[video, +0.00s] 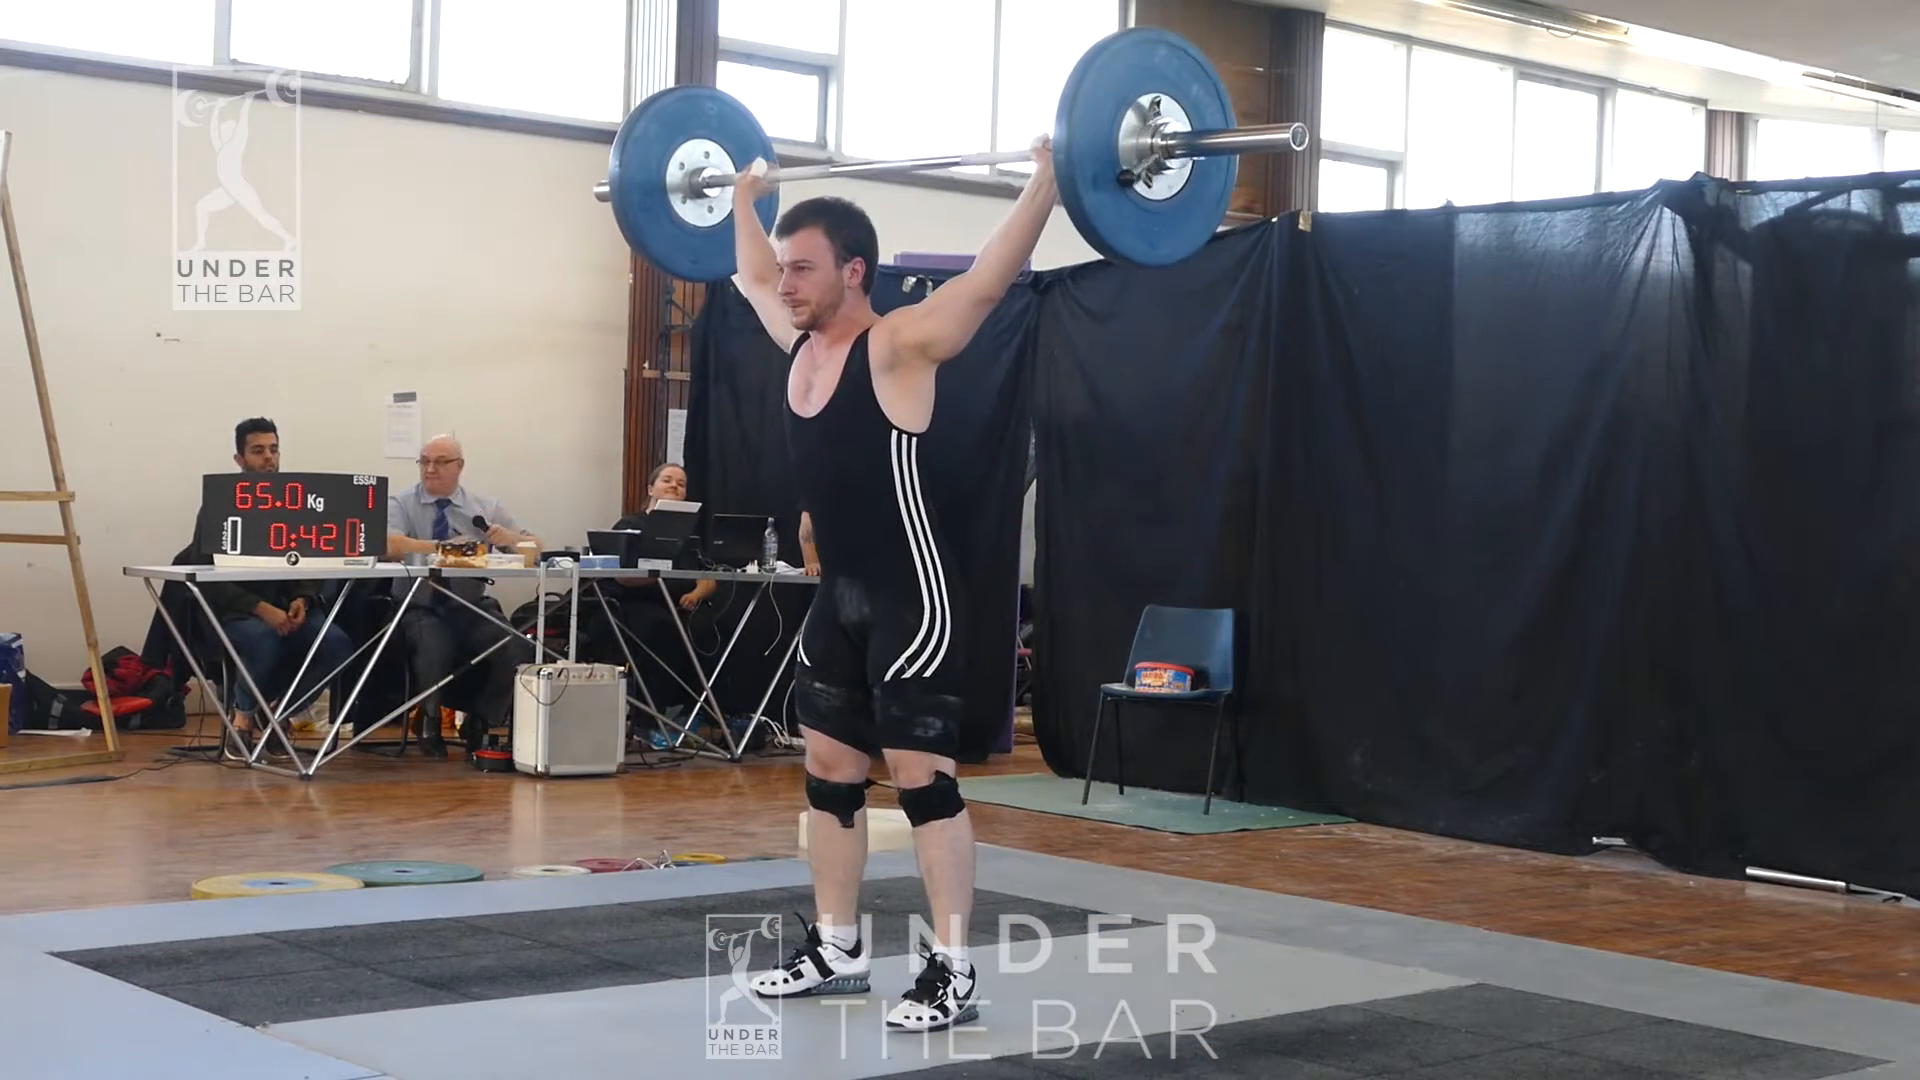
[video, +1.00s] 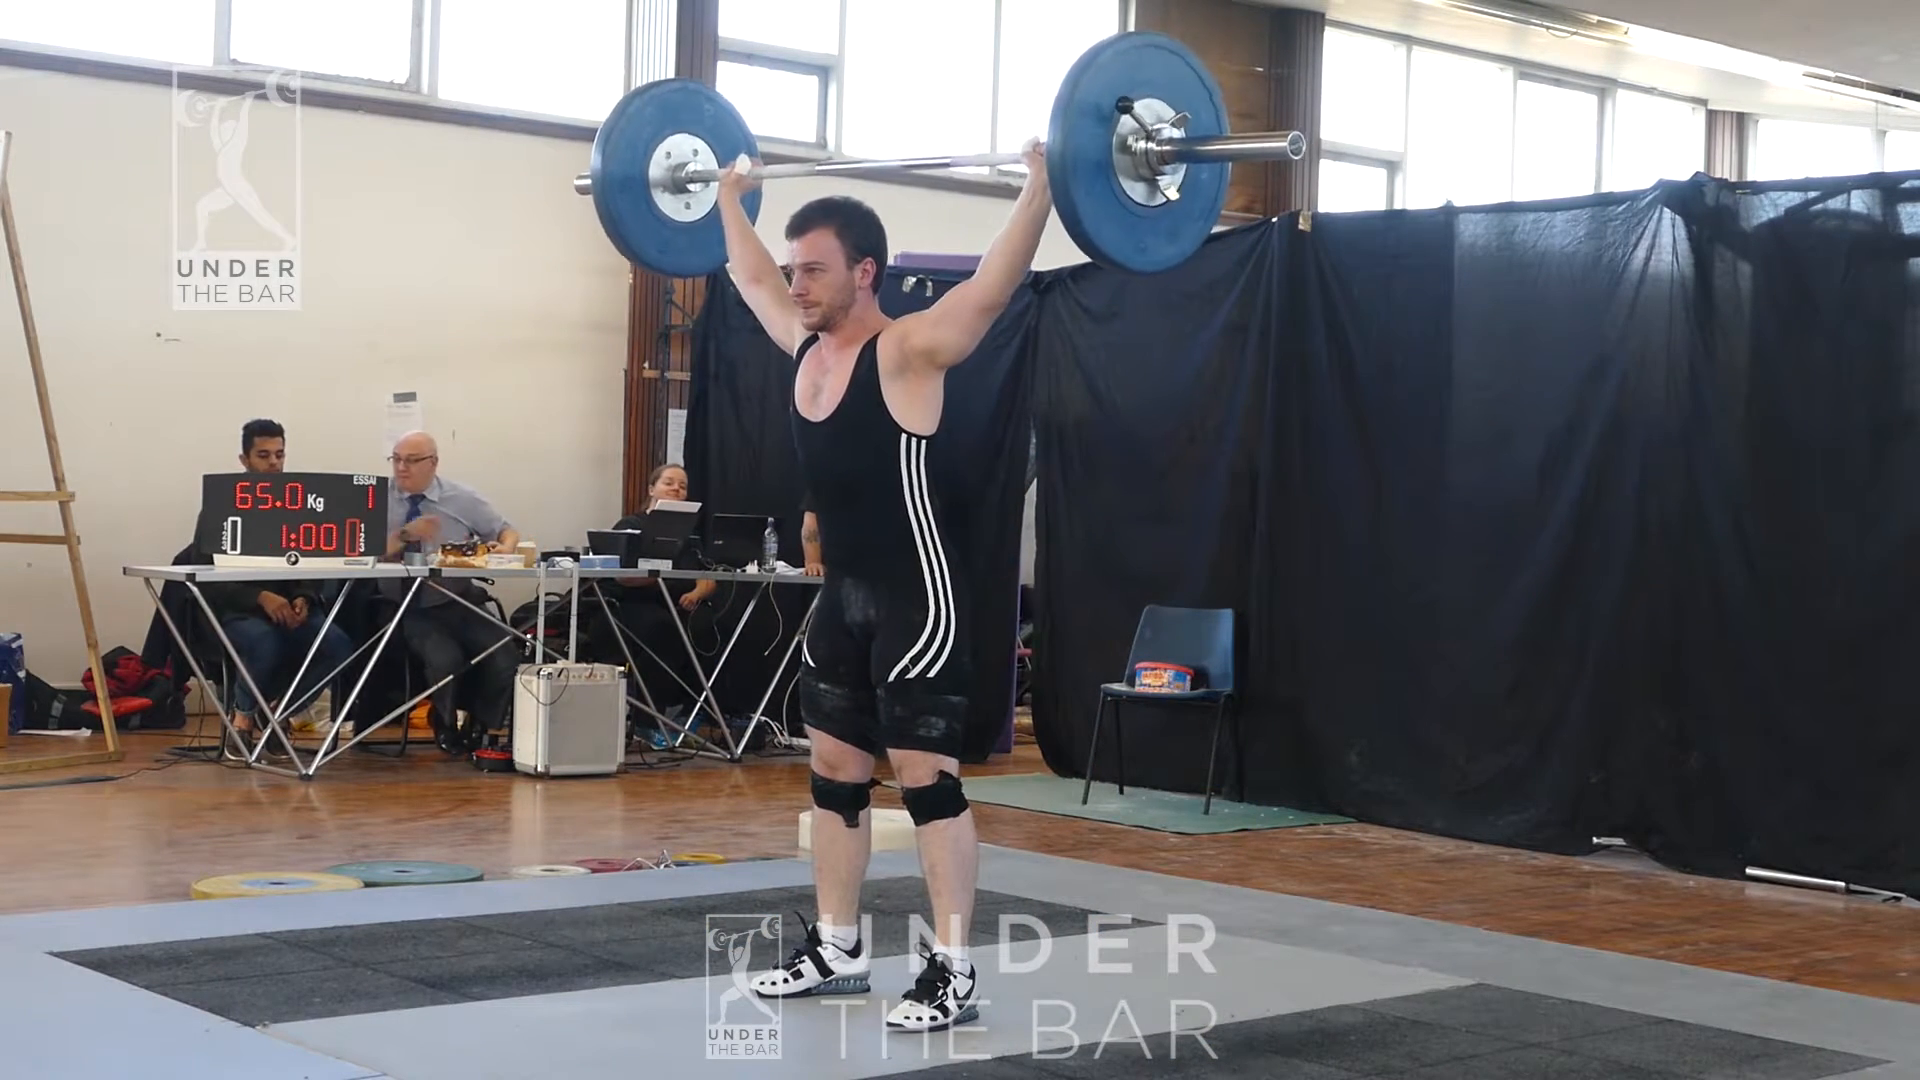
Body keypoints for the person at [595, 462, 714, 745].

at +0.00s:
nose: (674, 487)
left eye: (681, 484)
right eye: (667, 481)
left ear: (685, 494)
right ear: (651, 488)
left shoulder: (691, 530)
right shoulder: (628, 525)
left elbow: (712, 575)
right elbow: (619, 574)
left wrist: (697, 593)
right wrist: (653, 575)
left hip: (678, 605)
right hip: (634, 603)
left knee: (708, 628)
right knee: (658, 631)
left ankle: (693, 712)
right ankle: (649, 720)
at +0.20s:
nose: (674, 487)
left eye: (680, 484)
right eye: (667, 481)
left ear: (685, 494)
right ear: (651, 489)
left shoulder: (690, 531)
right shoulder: (629, 525)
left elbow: (710, 577)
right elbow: (622, 576)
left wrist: (697, 593)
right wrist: (660, 574)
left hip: (676, 605)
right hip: (635, 603)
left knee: (704, 627)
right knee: (658, 629)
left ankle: (693, 711)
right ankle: (649, 720)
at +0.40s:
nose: (674, 487)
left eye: (681, 484)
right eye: (667, 481)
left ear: (685, 494)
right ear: (651, 489)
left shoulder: (691, 531)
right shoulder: (629, 525)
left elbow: (711, 576)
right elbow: (620, 575)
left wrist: (697, 593)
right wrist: (657, 575)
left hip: (678, 603)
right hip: (635, 602)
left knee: (705, 623)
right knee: (658, 628)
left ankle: (697, 710)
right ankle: (649, 719)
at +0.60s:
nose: (674, 487)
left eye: (681, 484)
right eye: (667, 481)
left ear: (686, 494)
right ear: (651, 488)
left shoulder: (691, 531)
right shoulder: (629, 525)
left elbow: (711, 576)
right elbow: (621, 575)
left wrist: (697, 593)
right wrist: (658, 575)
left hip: (677, 603)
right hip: (635, 602)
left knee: (704, 623)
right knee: (658, 627)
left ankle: (696, 710)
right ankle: (649, 719)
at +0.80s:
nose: (674, 487)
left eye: (681, 484)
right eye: (667, 481)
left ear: (686, 494)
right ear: (651, 489)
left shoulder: (692, 531)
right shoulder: (629, 525)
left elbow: (711, 576)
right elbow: (621, 575)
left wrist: (698, 593)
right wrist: (657, 574)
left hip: (679, 602)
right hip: (637, 601)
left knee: (704, 624)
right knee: (657, 627)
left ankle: (695, 710)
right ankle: (647, 718)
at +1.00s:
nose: (675, 489)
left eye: (682, 486)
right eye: (668, 483)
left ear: (686, 494)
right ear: (652, 489)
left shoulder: (692, 532)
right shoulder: (629, 525)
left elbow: (711, 576)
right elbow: (621, 575)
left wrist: (698, 593)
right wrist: (657, 574)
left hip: (678, 603)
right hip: (637, 601)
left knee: (705, 624)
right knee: (658, 627)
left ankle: (695, 710)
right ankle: (647, 718)